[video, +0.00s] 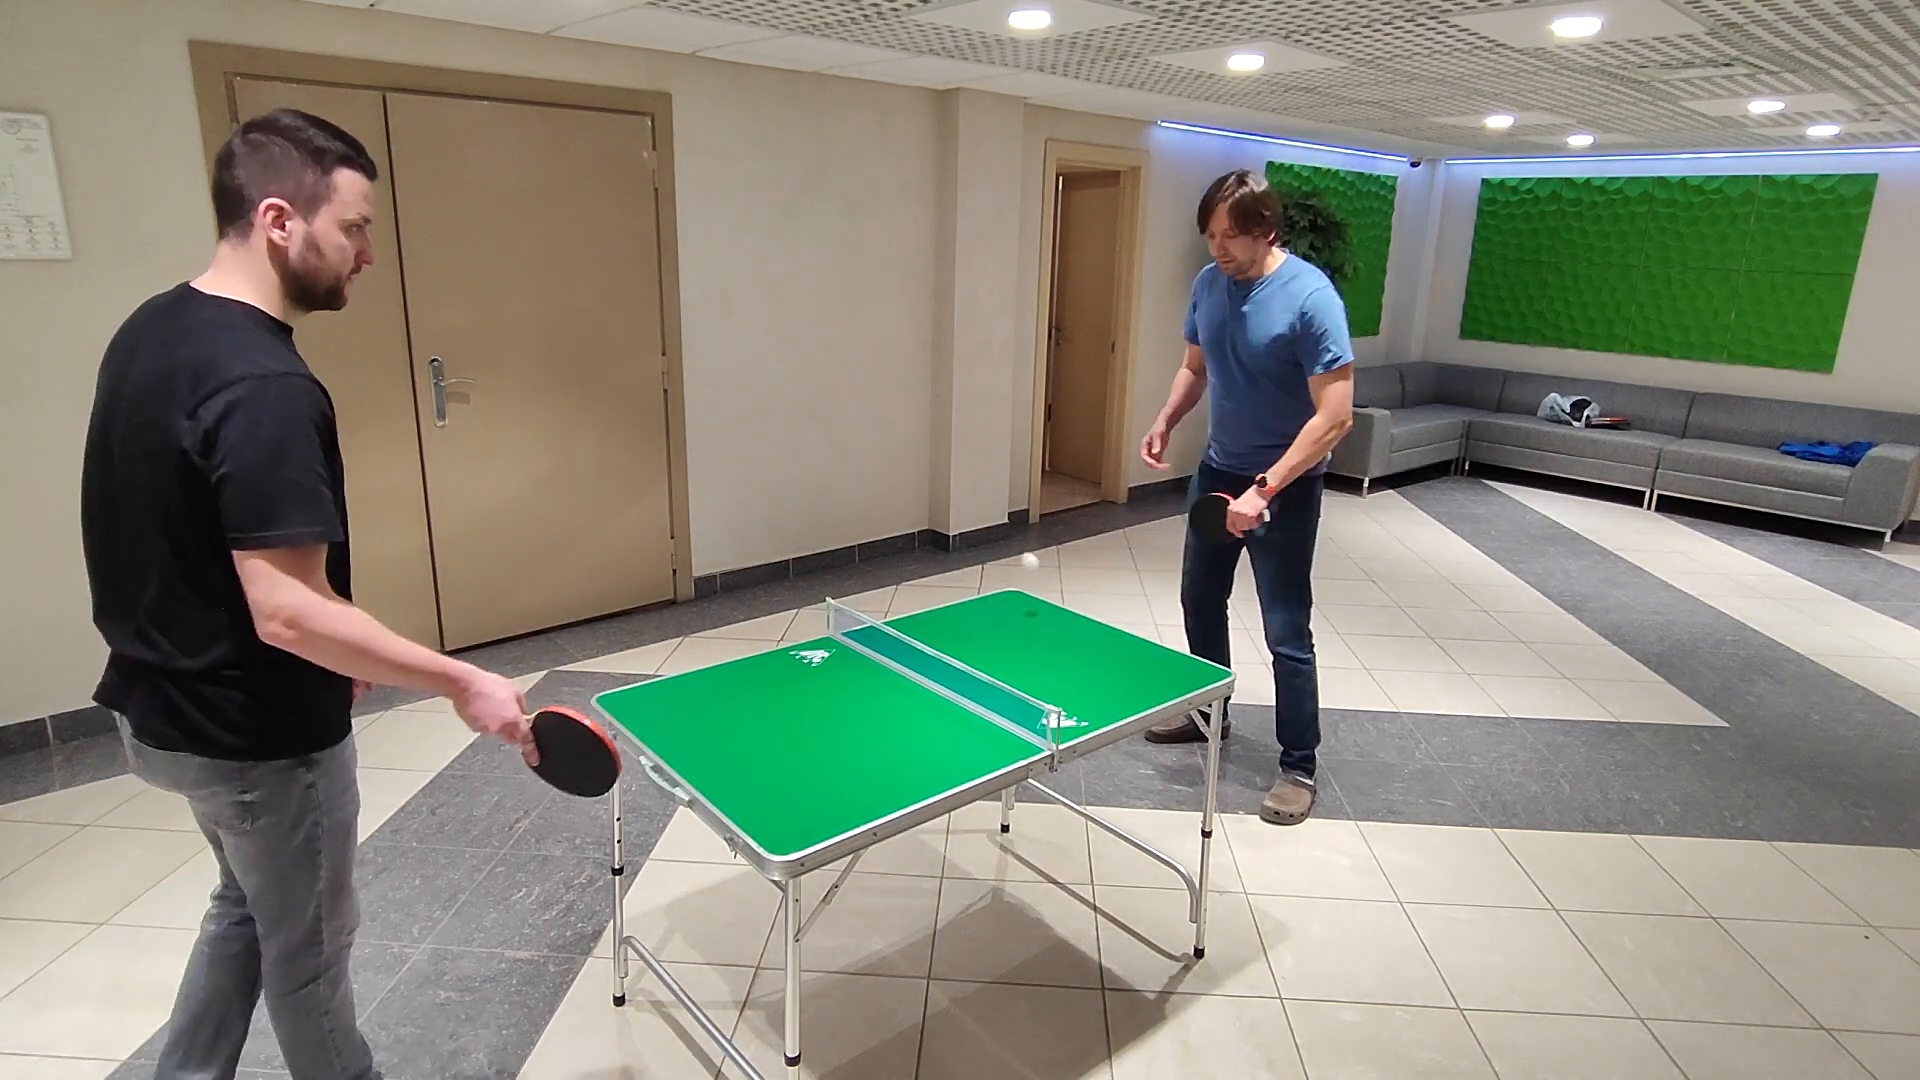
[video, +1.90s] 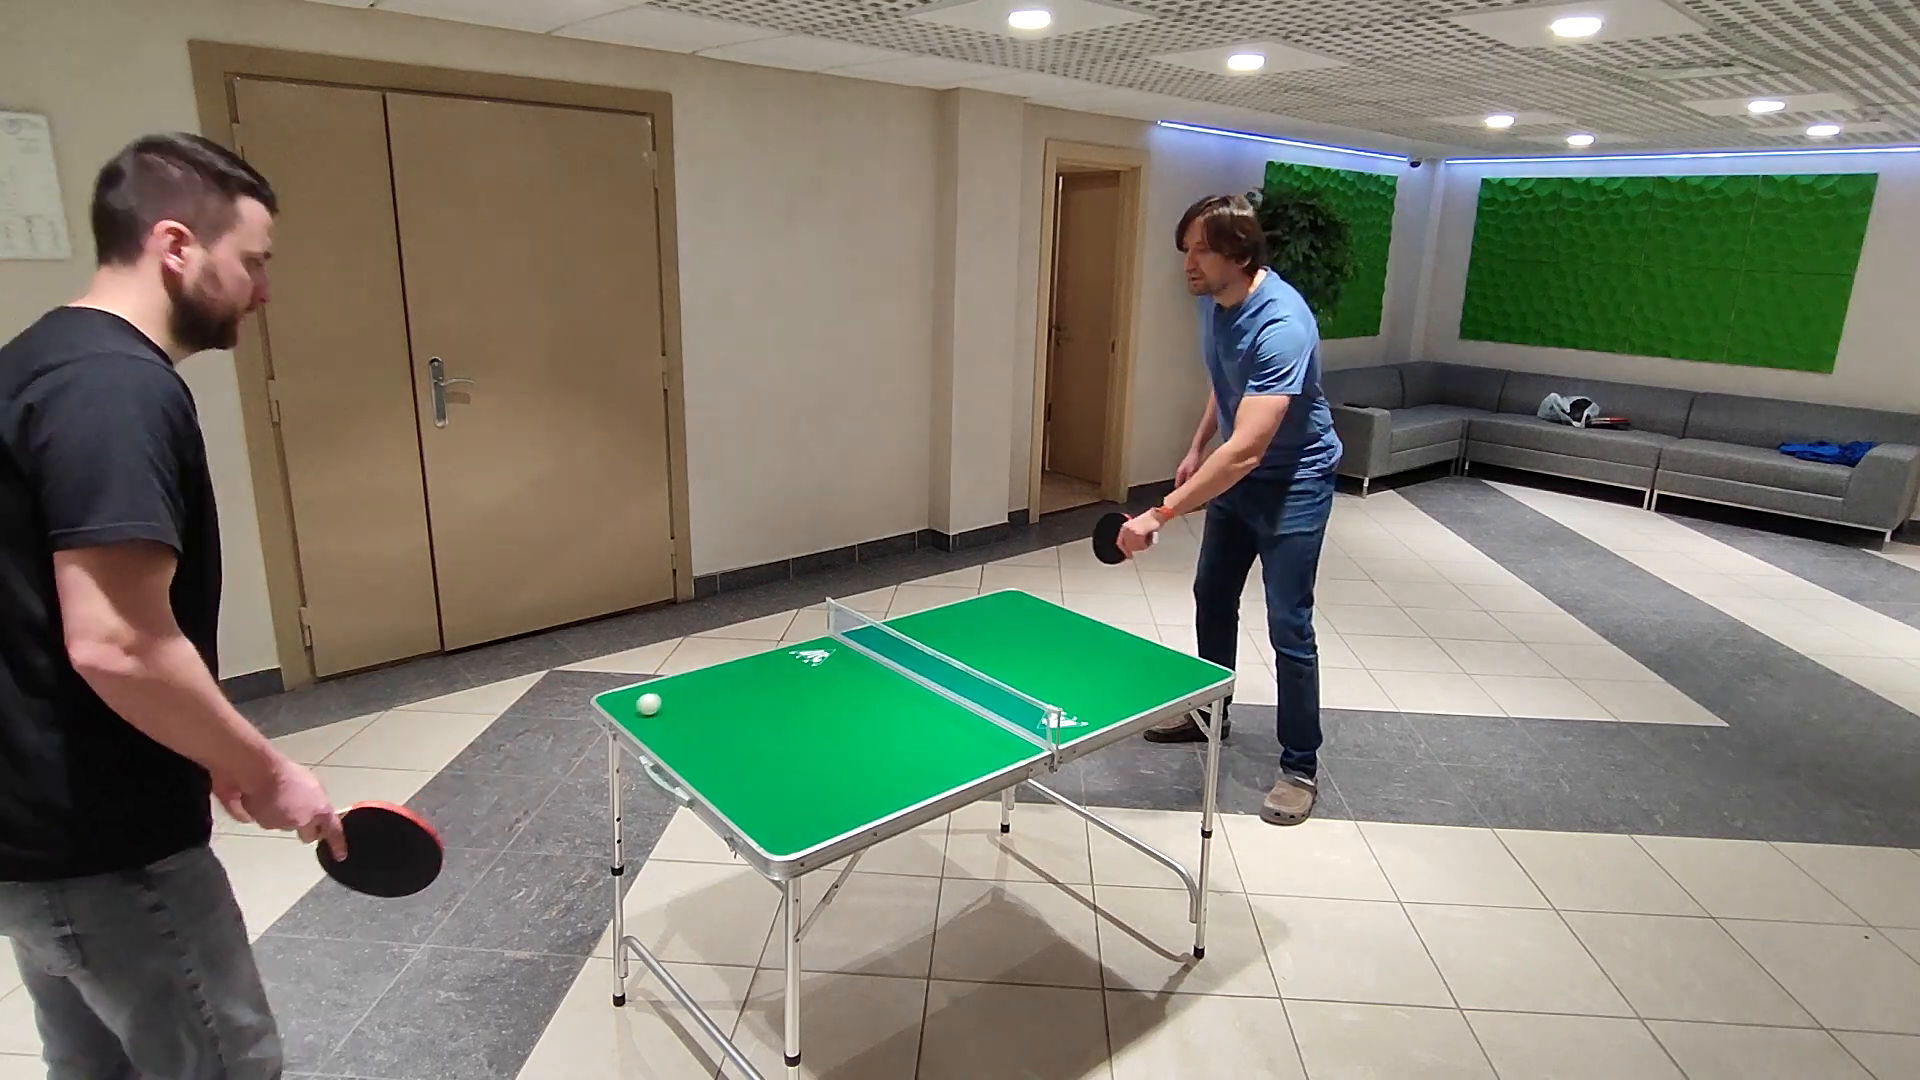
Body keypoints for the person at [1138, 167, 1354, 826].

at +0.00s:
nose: (1215, 248)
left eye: (1227, 237)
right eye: (1210, 236)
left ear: (1265, 233)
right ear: (1209, 233)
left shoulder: (1312, 299)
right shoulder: (1209, 283)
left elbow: (1336, 416)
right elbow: (1196, 367)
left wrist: (1263, 490)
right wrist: (1165, 421)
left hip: (1286, 486)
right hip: (1220, 474)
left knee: (1286, 635)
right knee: (1200, 604)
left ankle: (1297, 771)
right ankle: (1206, 712)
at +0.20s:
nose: (1188, 260)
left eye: (1196, 247)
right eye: (1185, 248)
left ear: (1235, 241)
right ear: (1214, 244)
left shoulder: (1281, 308)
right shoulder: (1220, 289)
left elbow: (1272, 430)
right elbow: (1216, 369)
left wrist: (1187, 484)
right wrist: (1154, 415)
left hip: (1281, 484)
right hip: (1225, 477)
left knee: (1282, 626)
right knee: (1207, 597)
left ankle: (1298, 770)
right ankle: (1209, 710)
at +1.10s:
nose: (1213, 232)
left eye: (1227, 222)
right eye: (1208, 221)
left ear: (1261, 229)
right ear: (1204, 226)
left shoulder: (1300, 295)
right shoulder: (1215, 283)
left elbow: (1333, 415)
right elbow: (1217, 371)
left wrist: (1273, 502)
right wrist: (1171, 432)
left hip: (1269, 492)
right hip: (1209, 477)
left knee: (1278, 636)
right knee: (1192, 601)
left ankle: (1297, 772)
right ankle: (1206, 711)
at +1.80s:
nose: (1199, 257)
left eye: (1209, 246)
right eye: (1197, 245)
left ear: (1249, 248)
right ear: (1209, 246)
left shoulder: (1297, 320)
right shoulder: (1211, 295)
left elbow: (1276, 443)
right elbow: (1209, 378)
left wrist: (1195, 510)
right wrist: (1178, 444)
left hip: (1291, 483)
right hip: (1231, 472)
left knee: (1291, 629)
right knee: (1204, 596)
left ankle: (1299, 771)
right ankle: (1206, 710)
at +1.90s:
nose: (1188, 265)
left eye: (1198, 254)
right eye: (1185, 253)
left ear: (1238, 255)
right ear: (1204, 254)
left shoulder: (1282, 328)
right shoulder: (1220, 301)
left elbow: (1244, 452)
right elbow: (1227, 382)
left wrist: (1156, 517)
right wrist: (1198, 448)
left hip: (1294, 485)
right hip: (1235, 479)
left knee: (1289, 627)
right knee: (1213, 595)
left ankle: (1299, 771)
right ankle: (1208, 711)